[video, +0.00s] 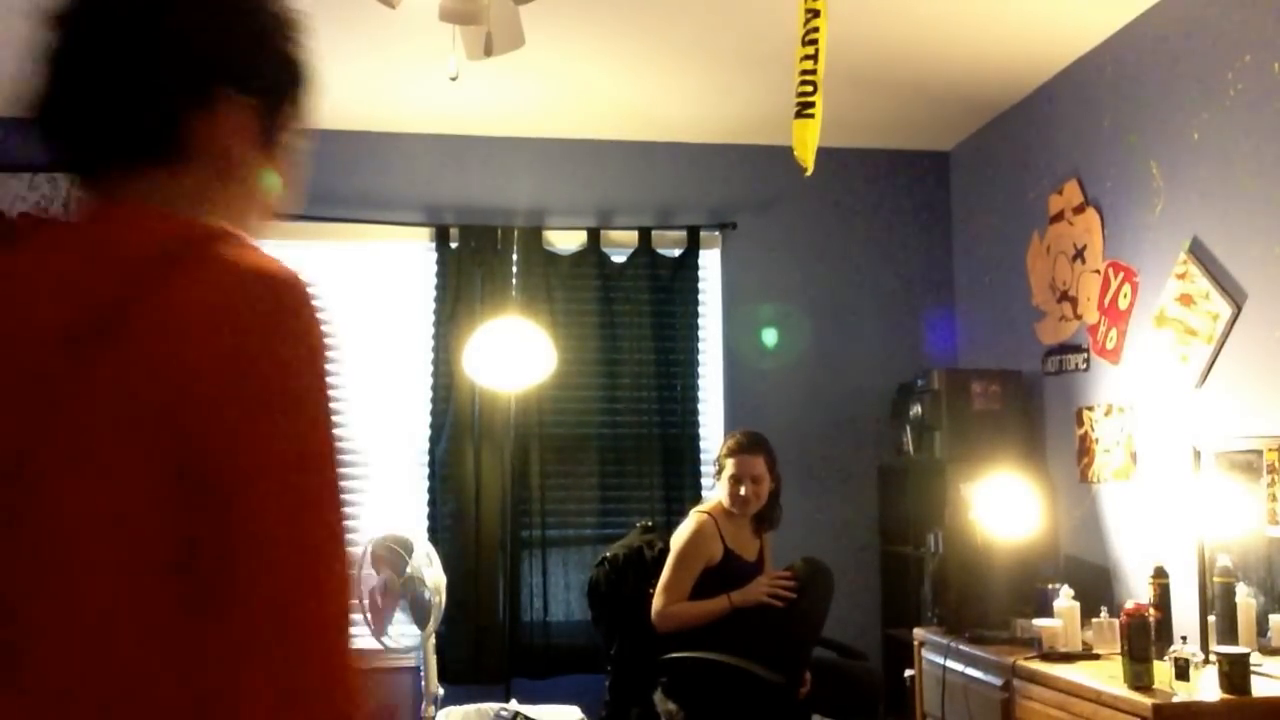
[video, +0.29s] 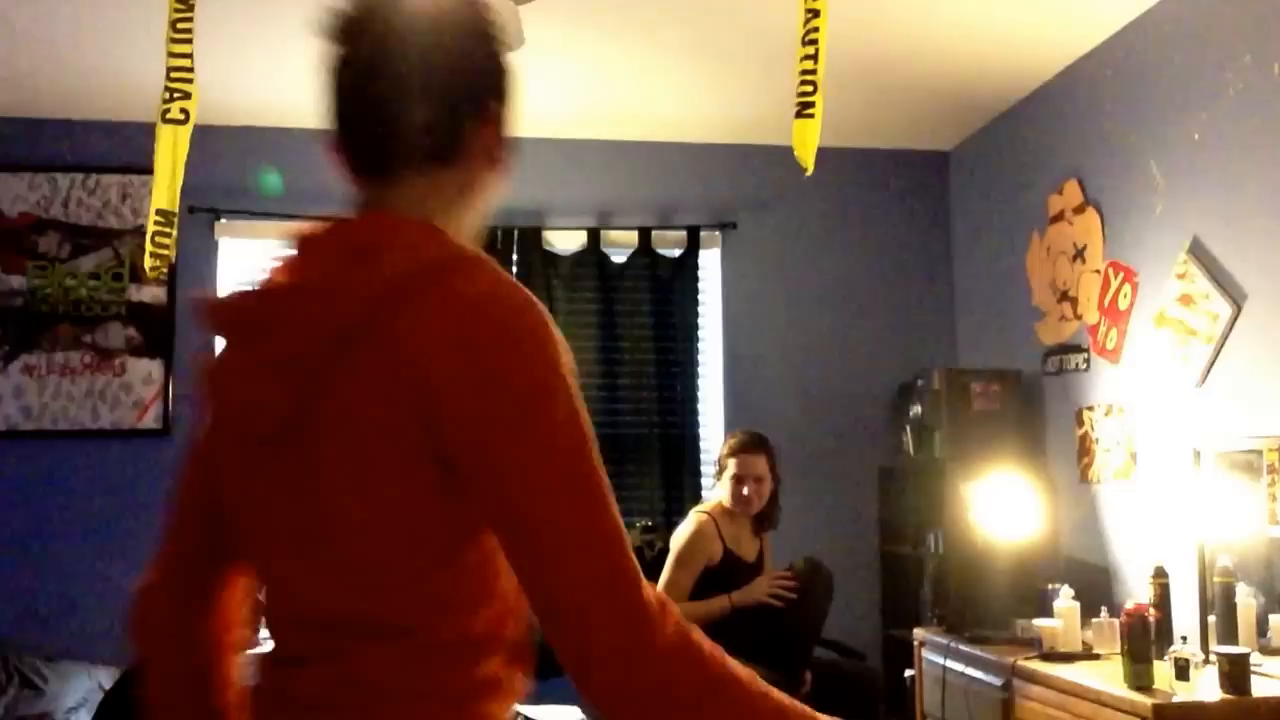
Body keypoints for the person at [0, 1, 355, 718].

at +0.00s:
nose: (278, 184)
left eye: (284, 143)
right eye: (276, 138)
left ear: (91, 117)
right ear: (229, 126)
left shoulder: (26, 267)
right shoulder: (244, 299)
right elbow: (290, 615)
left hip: (31, 689)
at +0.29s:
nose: (512, 147)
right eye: (511, 120)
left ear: (345, 143)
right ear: (491, 133)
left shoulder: (268, 318)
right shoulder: (478, 313)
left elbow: (184, 609)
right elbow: (619, 646)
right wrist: (793, 712)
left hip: (288, 692)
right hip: (447, 696)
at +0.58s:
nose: (602, 249)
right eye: (606, 230)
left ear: (456, 228)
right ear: (586, 225)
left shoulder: (388, 356)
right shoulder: (562, 377)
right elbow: (556, 642)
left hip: (377, 693)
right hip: (499, 700)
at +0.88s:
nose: (615, 253)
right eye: (621, 237)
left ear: (483, 231)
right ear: (606, 232)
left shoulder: (423, 346)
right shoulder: (578, 363)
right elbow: (608, 607)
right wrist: (634, 705)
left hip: (429, 686)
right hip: (550, 695)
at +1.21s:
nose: (630, 269)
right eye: (635, 249)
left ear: (496, 243)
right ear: (620, 244)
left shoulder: (417, 363)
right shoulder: (622, 369)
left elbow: (390, 583)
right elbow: (611, 591)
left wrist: (381, 710)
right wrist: (620, 705)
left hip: (455, 694)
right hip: (580, 700)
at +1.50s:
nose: (651, 286)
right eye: (658, 267)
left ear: (527, 246)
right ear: (649, 249)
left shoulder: (444, 349)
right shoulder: (636, 347)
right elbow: (692, 602)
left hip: (417, 690)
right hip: (557, 700)